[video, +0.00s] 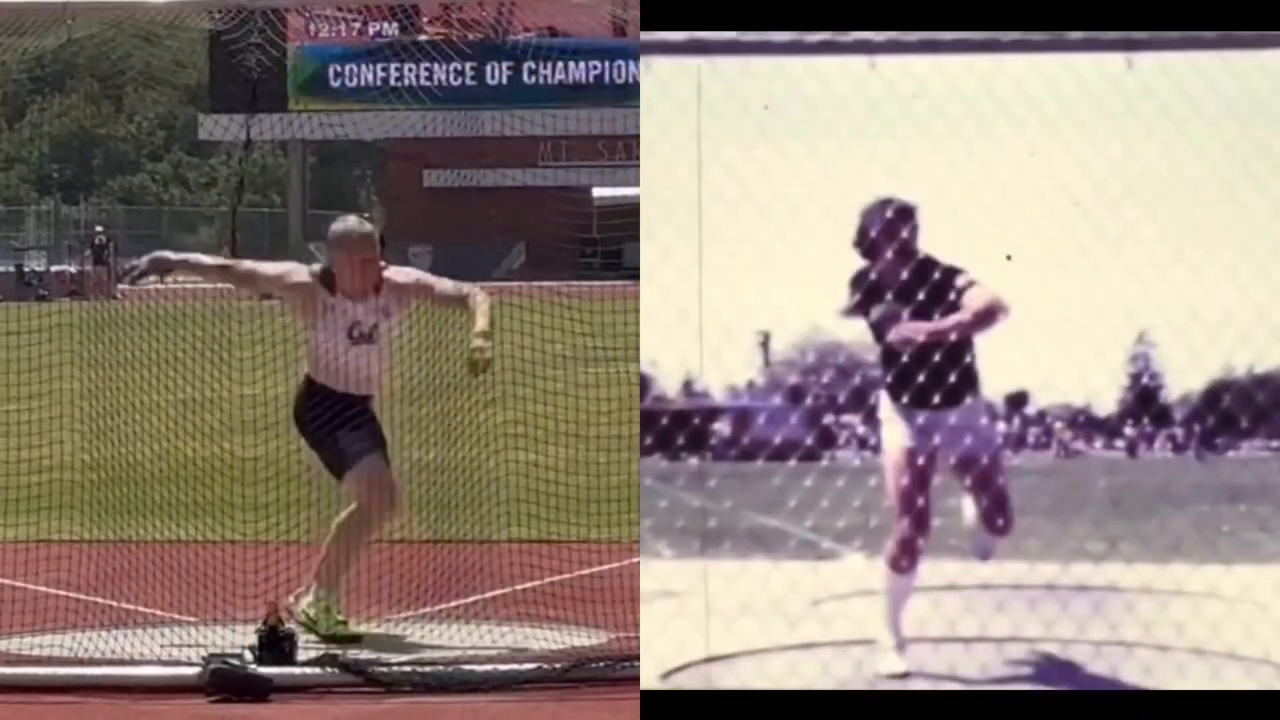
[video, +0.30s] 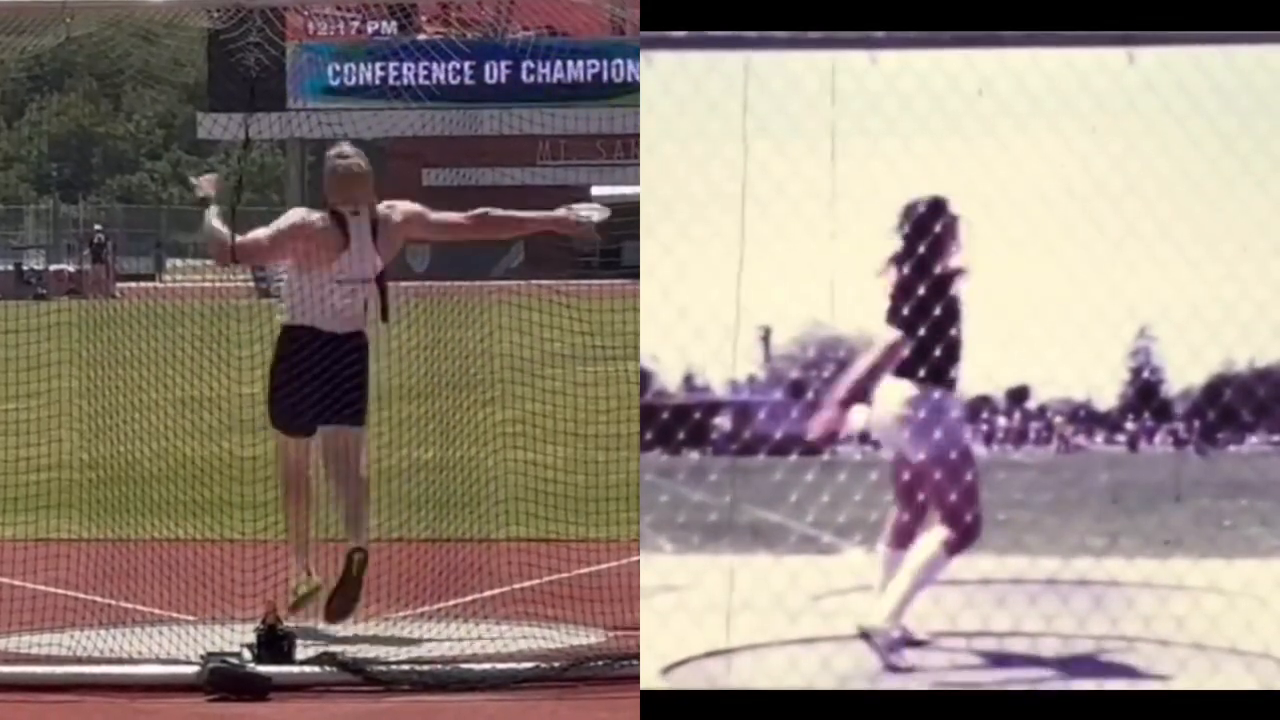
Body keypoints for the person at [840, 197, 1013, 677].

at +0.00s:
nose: (893, 257)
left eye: (899, 245)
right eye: (883, 247)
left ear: (912, 239)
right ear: (868, 249)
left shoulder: (939, 275)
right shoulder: (867, 287)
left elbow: (992, 305)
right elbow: (866, 315)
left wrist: (931, 329)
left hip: (962, 410)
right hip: (904, 413)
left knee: (999, 521)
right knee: (910, 532)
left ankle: (978, 518)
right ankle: (893, 635)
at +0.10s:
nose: (913, 263)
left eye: (915, 252)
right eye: (902, 256)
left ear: (923, 247)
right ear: (883, 259)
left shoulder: (953, 278)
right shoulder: (868, 293)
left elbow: (1025, 278)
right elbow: (823, 304)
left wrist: (1056, 309)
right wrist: (783, 305)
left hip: (956, 414)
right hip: (904, 419)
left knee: (975, 508)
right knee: (932, 526)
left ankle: (923, 566)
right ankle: (880, 628)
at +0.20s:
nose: (948, 261)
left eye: (945, 253)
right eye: (939, 256)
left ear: (938, 260)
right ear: (918, 267)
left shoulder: (960, 276)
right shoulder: (890, 312)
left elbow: (1012, 269)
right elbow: (820, 344)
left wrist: (1067, 287)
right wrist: (753, 361)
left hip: (941, 423)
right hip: (906, 426)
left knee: (932, 526)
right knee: (959, 534)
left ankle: (891, 618)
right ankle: (883, 623)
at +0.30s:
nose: (957, 236)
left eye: (954, 228)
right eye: (951, 229)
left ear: (913, 235)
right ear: (939, 236)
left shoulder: (915, 279)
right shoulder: (932, 285)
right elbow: (890, 345)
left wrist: (951, 278)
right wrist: (838, 401)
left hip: (895, 398)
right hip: (923, 402)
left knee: (910, 513)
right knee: (961, 522)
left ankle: (886, 616)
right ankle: (886, 617)